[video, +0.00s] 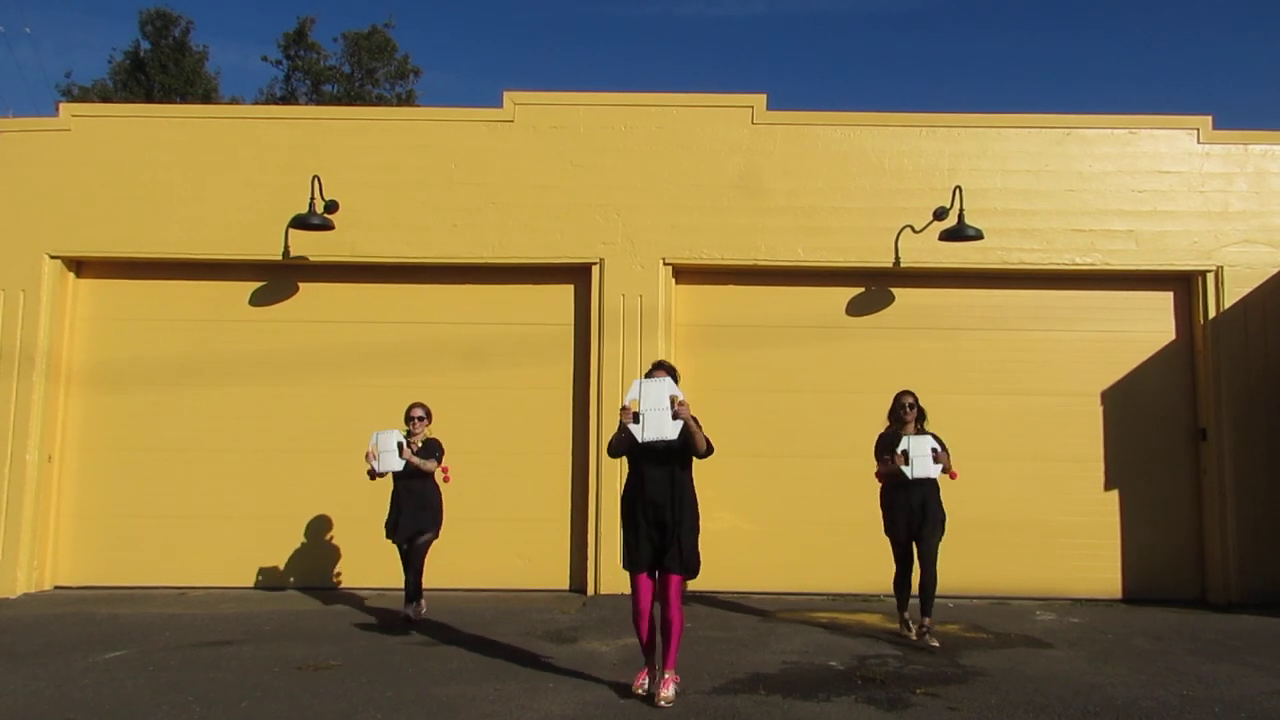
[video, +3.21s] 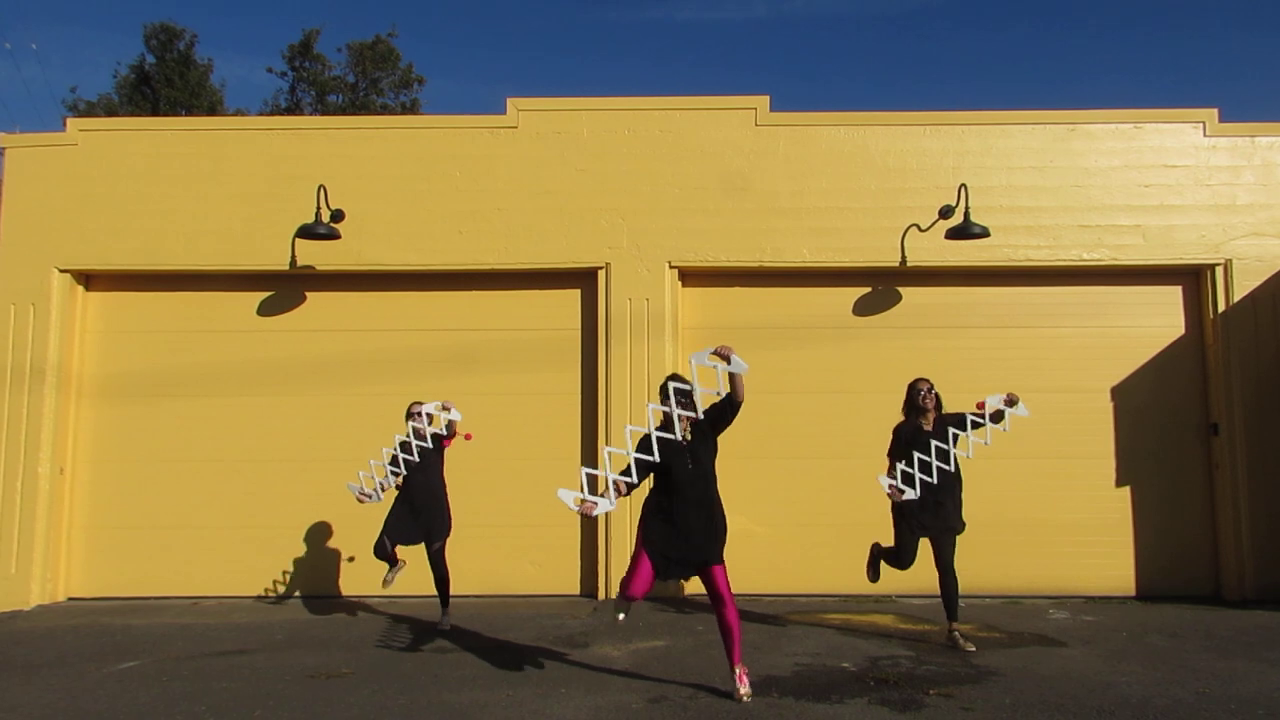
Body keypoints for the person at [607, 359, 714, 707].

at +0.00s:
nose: (659, 389)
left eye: (665, 384)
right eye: (653, 384)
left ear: (675, 389)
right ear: (644, 388)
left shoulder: (685, 423)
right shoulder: (636, 422)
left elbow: (703, 450)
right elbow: (614, 451)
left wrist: (687, 420)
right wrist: (625, 426)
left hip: (677, 519)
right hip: (639, 520)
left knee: (671, 600)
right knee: (641, 604)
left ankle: (669, 673)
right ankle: (649, 666)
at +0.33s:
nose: (655, 391)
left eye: (662, 386)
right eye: (649, 385)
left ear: (673, 391)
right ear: (642, 388)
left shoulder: (686, 426)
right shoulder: (625, 426)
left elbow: (708, 471)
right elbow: (605, 470)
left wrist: (690, 468)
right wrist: (621, 470)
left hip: (675, 524)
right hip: (637, 524)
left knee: (671, 595)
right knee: (642, 594)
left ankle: (671, 669)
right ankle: (641, 668)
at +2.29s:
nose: (647, 392)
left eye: (654, 387)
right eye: (642, 386)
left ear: (667, 391)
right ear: (636, 389)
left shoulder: (681, 427)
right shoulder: (619, 426)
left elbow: (701, 475)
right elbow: (600, 474)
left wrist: (686, 468)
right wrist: (617, 469)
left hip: (672, 525)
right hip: (630, 525)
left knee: (677, 598)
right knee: (626, 598)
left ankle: (684, 671)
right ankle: (616, 670)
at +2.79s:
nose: (653, 416)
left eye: (660, 411)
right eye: (647, 411)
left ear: (672, 415)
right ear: (640, 415)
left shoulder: (681, 447)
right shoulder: (631, 449)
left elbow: (702, 482)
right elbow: (623, 482)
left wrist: (704, 458)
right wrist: (638, 469)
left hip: (679, 540)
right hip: (636, 541)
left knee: (701, 613)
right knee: (621, 614)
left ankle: (724, 683)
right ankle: (600, 679)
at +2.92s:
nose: (660, 393)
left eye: (667, 388)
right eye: (655, 388)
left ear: (678, 392)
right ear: (647, 393)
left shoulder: (694, 423)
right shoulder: (638, 430)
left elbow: (736, 433)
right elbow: (626, 469)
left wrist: (741, 399)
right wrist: (608, 476)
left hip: (689, 522)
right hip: (647, 523)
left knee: (707, 593)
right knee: (628, 592)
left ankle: (728, 668)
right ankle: (608, 658)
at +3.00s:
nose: (665, 394)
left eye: (672, 389)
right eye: (660, 389)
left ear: (686, 392)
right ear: (653, 392)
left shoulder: (704, 417)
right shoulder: (647, 427)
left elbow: (741, 395)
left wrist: (755, 362)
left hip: (696, 515)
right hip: (654, 516)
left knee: (713, 594)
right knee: (636, 592)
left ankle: (731, 668)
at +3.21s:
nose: (684, 408)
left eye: (688, 402)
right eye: (677, 403)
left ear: (694, 402)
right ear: (665, 405)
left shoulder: (707, 427)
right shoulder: (654, 441)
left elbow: (736, 399)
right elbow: (629, 479)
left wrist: (732, 364)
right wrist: (600, 502)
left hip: (703, 526)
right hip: (661, 527)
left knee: (724, 600)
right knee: (634, 592)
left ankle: (737, 668)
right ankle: (626, 598)